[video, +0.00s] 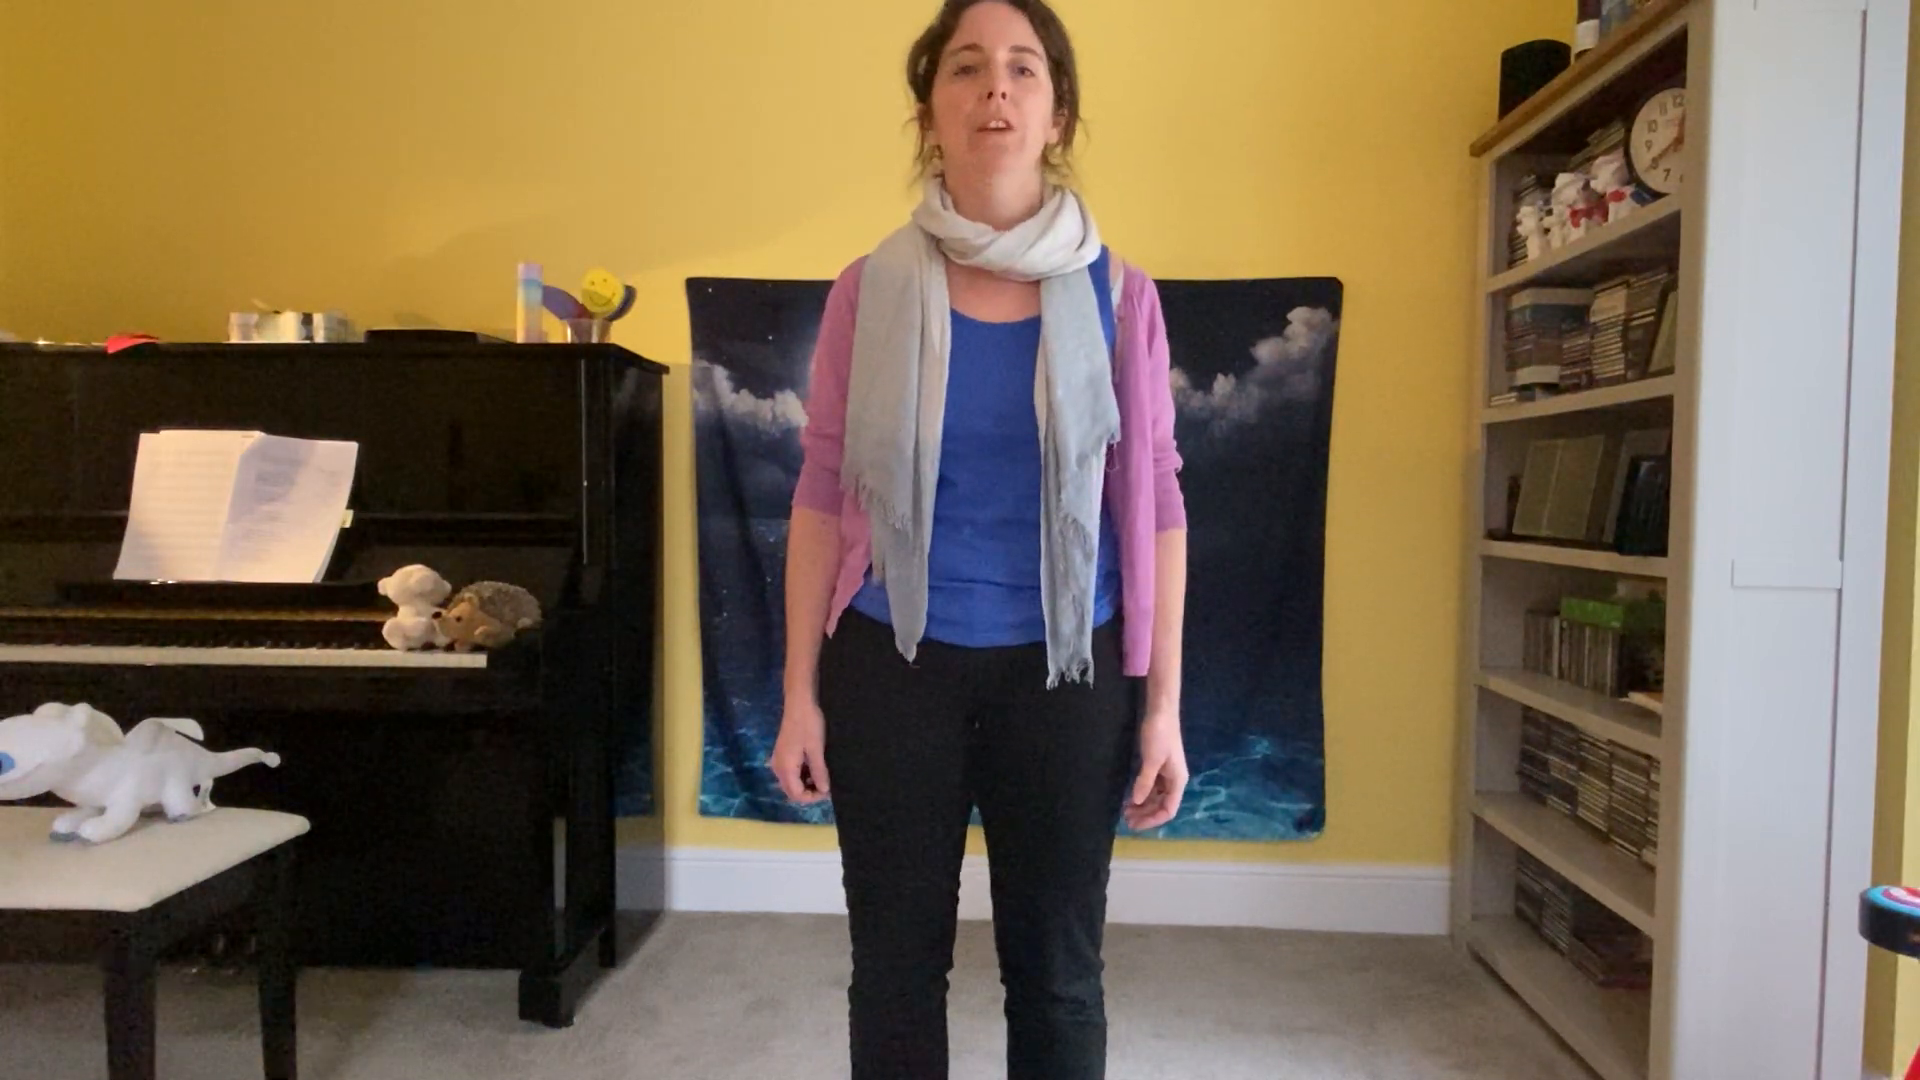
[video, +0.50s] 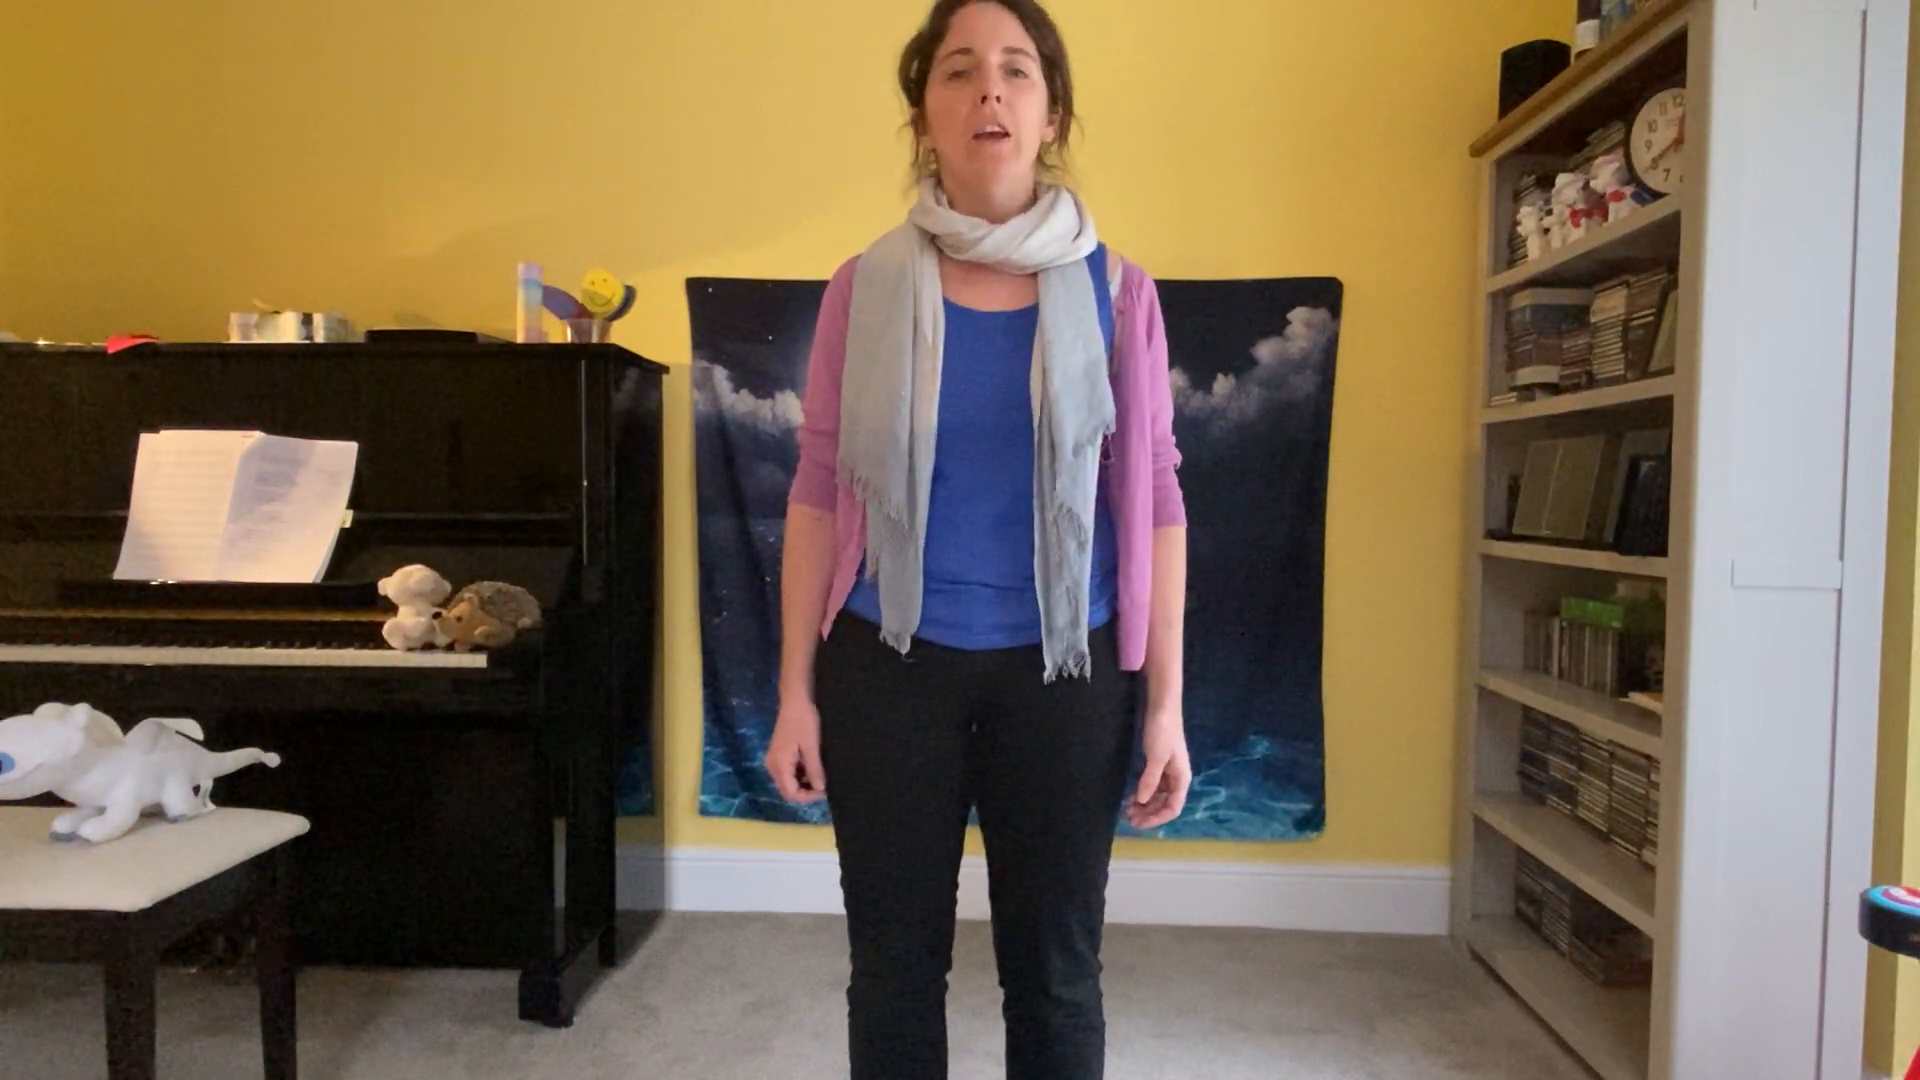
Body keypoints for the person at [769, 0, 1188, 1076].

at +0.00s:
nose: (995, 86)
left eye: (1021, 68)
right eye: (967, 67)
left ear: (1058, 110)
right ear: (929, 111)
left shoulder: (1120, 298)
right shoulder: (867, 293)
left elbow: (1155, 503)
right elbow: (820, 496)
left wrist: (1162, 700)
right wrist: (797, 690)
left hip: (1067, 678)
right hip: (889, 672)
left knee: (1058, 981)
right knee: (895, 978)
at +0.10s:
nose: (992, 82)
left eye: (1019, 64)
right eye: (964, 64)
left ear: (1056, 109)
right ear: (926, 112)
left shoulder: (1119, 296)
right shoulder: (866, 292)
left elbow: (1155, 502)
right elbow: (819, 496)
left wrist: (1162, 701)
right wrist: (798, 689)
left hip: (1066, 677)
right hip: (889, 673)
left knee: (1059, 984)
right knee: (894, 982)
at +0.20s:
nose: (989, 79)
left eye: (1016, 61)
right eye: (960, 62)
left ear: (1054, 105)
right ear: (924, 110)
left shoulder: (1119, 296)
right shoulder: (863, 293)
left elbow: (1156, 503)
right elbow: (819, 498)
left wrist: (1162, 701)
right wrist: (798, 691)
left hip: (1067, 679)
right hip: (888, 673)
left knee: (1059, 983)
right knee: (894, 982)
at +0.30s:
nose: (988, 81)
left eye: (1014, 62)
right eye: (958, 65)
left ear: (1054, 105)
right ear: (922, 113)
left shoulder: (1119, 294)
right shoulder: (863, 292)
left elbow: (1155, 500)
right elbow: (818, 497)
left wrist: (1162, 700)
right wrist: (796, 690)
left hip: (1066, 681)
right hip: (888, 676)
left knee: (1058, 985)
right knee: (893, 986)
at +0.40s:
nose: (987, 88)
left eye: (1014, 67)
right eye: (958, 68)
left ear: (1053, 106)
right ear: (921, 112)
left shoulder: (1119, 295)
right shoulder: (861, 292)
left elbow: (1156, 502)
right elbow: (817, 497)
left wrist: (1164, 696)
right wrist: (795, 689)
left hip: (1066, 681)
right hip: (886, 676)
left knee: (1057, 981)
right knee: (893, 981)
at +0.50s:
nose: (988, 90)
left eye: (1015, 70)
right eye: (959, 70)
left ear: (1054, 110)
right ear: (922, 114)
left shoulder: (1119, 296)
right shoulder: (862, 292)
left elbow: (1156, 503)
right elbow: (816, 495)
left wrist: (1165, 698)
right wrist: (793, 689)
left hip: (1066, 682)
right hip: (886, 676)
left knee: (1058, 986)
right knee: (893, 985)